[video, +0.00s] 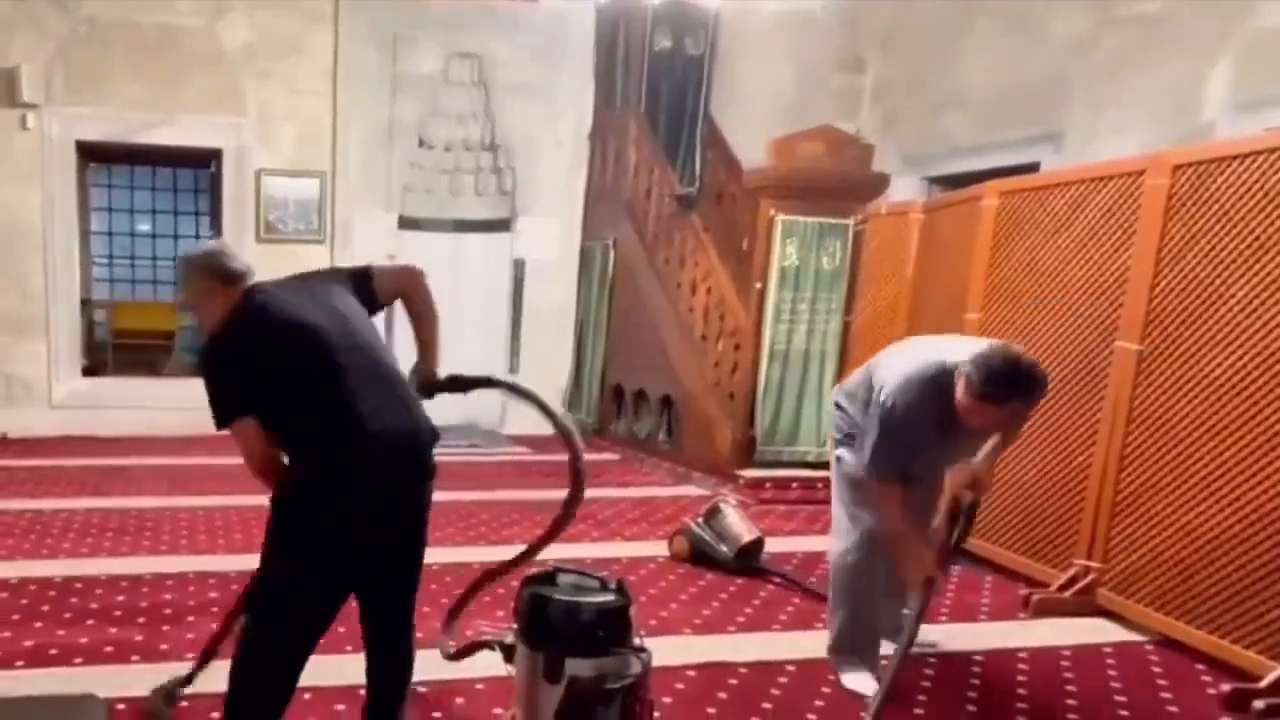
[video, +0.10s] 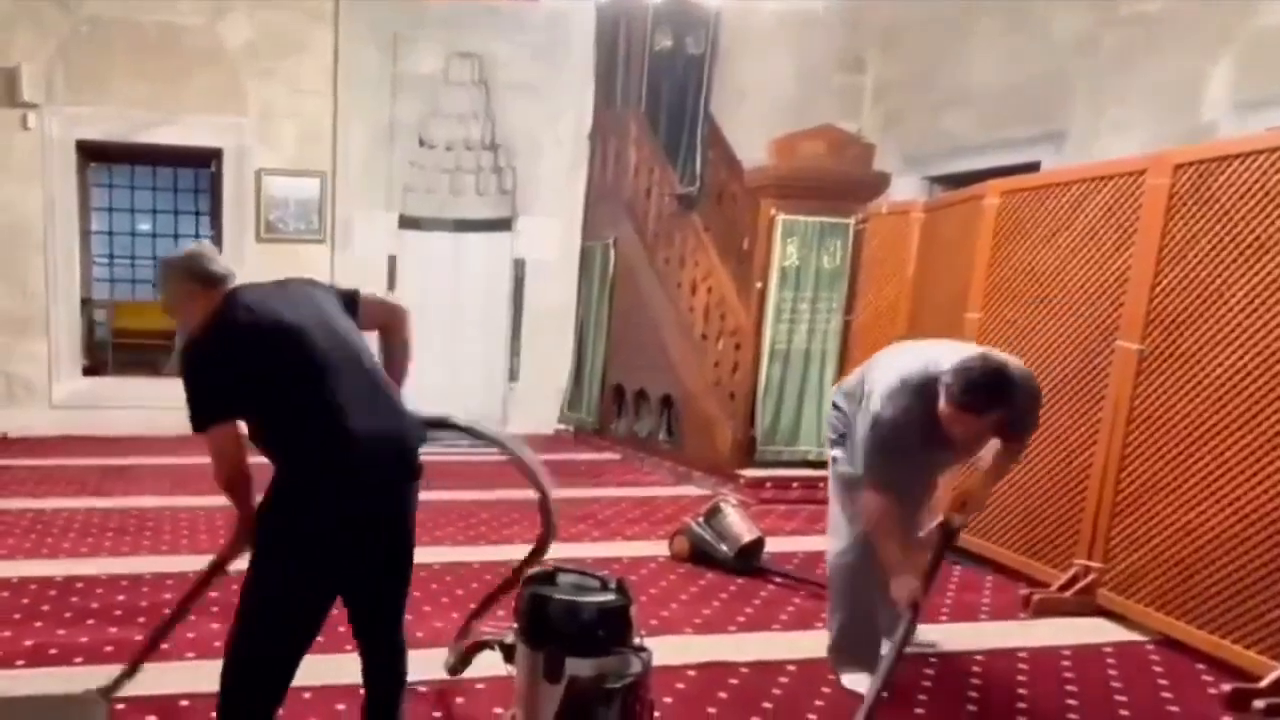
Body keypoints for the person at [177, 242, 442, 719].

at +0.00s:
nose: (196, 317)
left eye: (195, 304)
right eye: (192, 306)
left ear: (212, 291)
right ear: (244, 278)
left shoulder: (225, 346)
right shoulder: (319, 286)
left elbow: (260, 458)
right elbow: (410, 277)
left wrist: (296, 494)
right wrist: (427, 366)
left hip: (333, 477)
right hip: (408, 461)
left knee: (276, 637)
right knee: (391, 628)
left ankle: (247, 715)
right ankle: (386, 714)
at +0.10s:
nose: (177, 322)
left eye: (175, 309)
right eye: (172, 311)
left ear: (191, 296)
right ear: (225, 281)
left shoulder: (204, 348)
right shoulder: (302, 292)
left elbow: (230, 462)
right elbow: (394, 316)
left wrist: (246, 517)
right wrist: (386, 402)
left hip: (317, 478)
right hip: (394, 464)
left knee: (264, 641)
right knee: (382, 630)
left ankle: (242, 716)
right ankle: (384, 712)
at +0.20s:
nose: (145, 327)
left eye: (143, 313)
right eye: (140, 315)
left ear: (161, 300)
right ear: (195, 286)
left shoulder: (180, 351)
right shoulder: (270, 302)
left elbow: (191, 471)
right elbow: (359, 354)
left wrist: (188, 536)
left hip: (297, 480)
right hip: (374, 462)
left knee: (250, 645)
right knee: (373, 629)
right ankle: (383, 711)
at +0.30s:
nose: (113, 333)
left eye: (111, 320)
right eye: (108, 322)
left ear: (128, 310)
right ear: (166, 293)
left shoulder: (146, 359)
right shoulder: (234, 312)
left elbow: (147, 475)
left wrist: (132, 545)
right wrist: (244, 476)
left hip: (279, 486)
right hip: (356, 465)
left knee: (233, 650)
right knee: (362, 633)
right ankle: (381, 710)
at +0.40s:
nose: (85, 350)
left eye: (84, 334)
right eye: (80, 336)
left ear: (102, 320)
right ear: (137, 304)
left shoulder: (117, 373)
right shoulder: (202, 322)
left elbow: (109, 490)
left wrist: (76, 567)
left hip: (266, 489)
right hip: (343, 464)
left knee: (218, 659)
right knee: (356, 630)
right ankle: (378, 710)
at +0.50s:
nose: (63, 361)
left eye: (60, 347)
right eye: (57, 349)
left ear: (79, 333)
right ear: (115, 316)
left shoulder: (99, 385)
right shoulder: (188, 336)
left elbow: (76, 495)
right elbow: (202, 465)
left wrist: (27, 575)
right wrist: (150, 536)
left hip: (247, 493)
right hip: (331, 465)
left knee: (215, 657)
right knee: (356, 634)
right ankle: (379, 709)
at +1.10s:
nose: (87, 366)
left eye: (85, 352)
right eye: (81, 354)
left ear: (102, 340)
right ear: (140, 321)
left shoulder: (122, 390)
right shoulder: (205, 340)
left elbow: (86, 500)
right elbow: (233, 458)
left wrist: (41, 582)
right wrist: (172, 530)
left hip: (271, 498)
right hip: (352, 468)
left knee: (227, 658)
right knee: (345, 637)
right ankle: (386, 711)